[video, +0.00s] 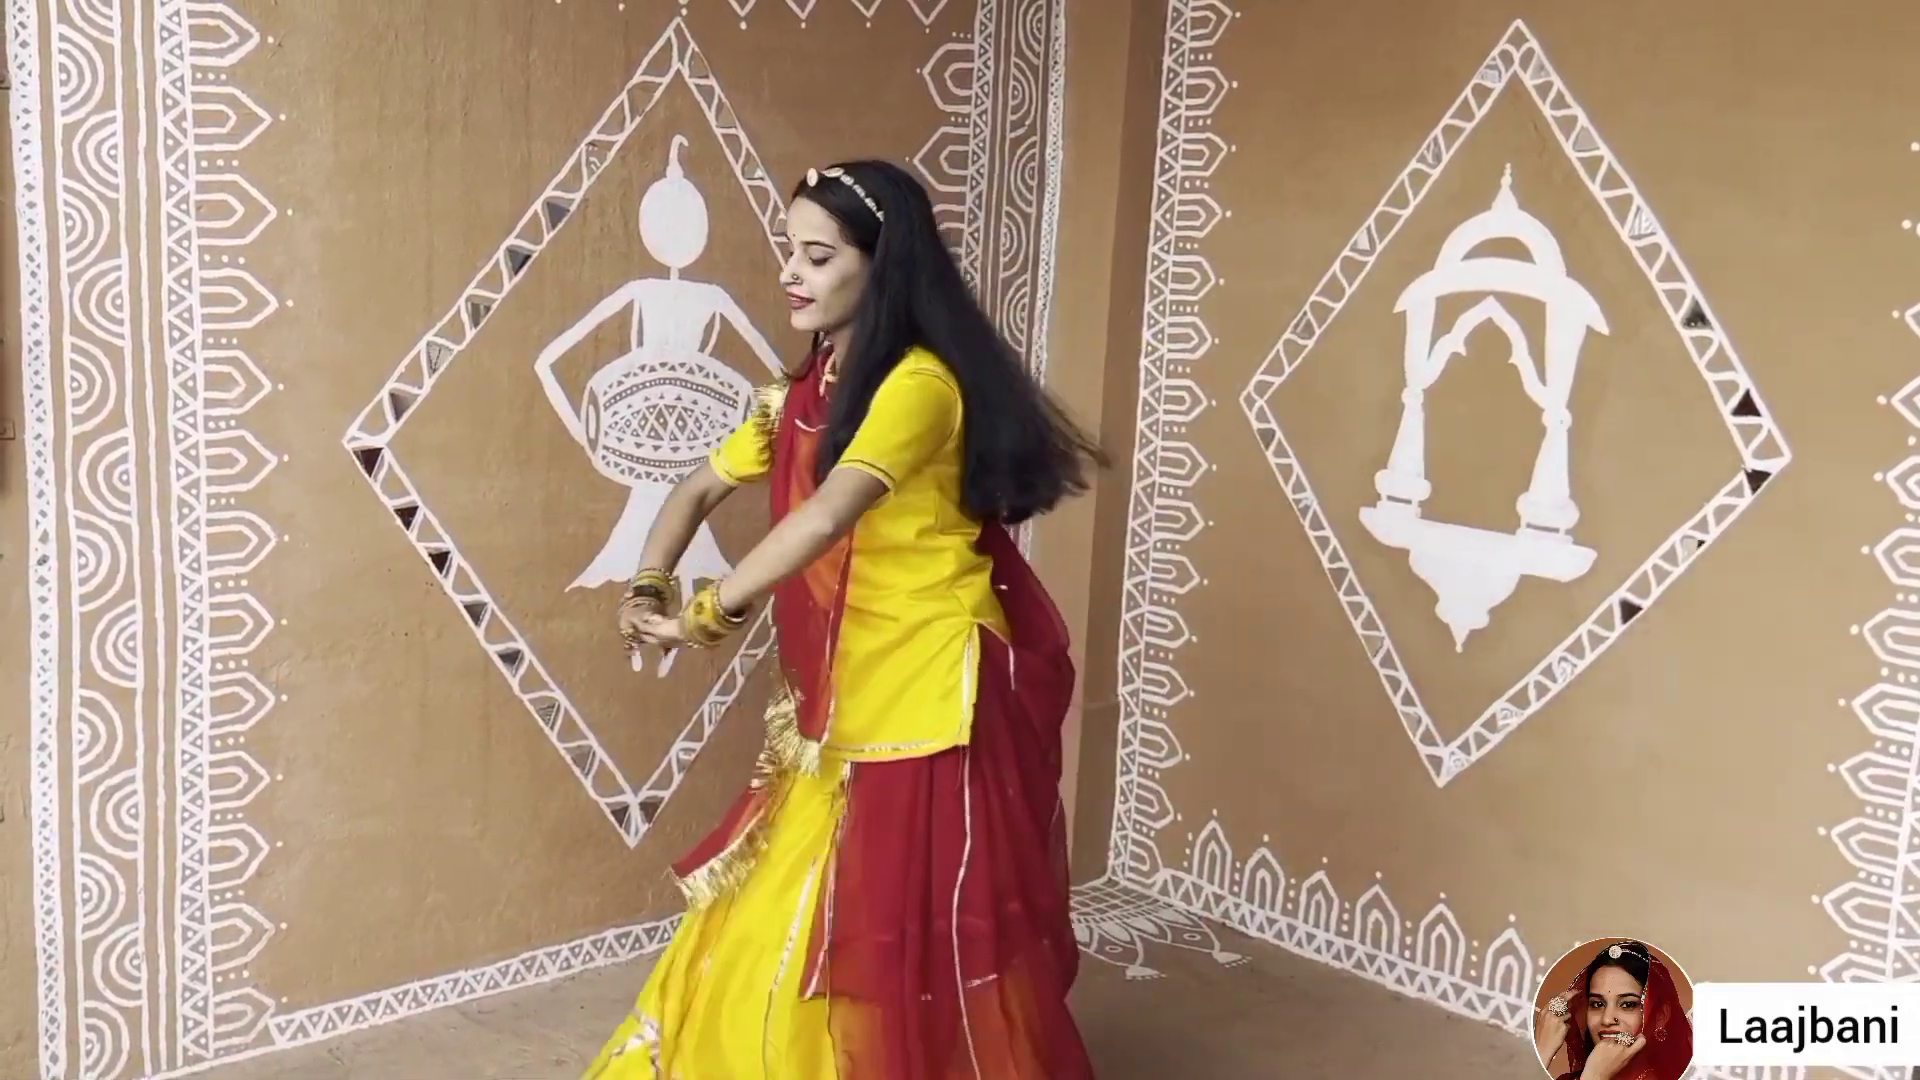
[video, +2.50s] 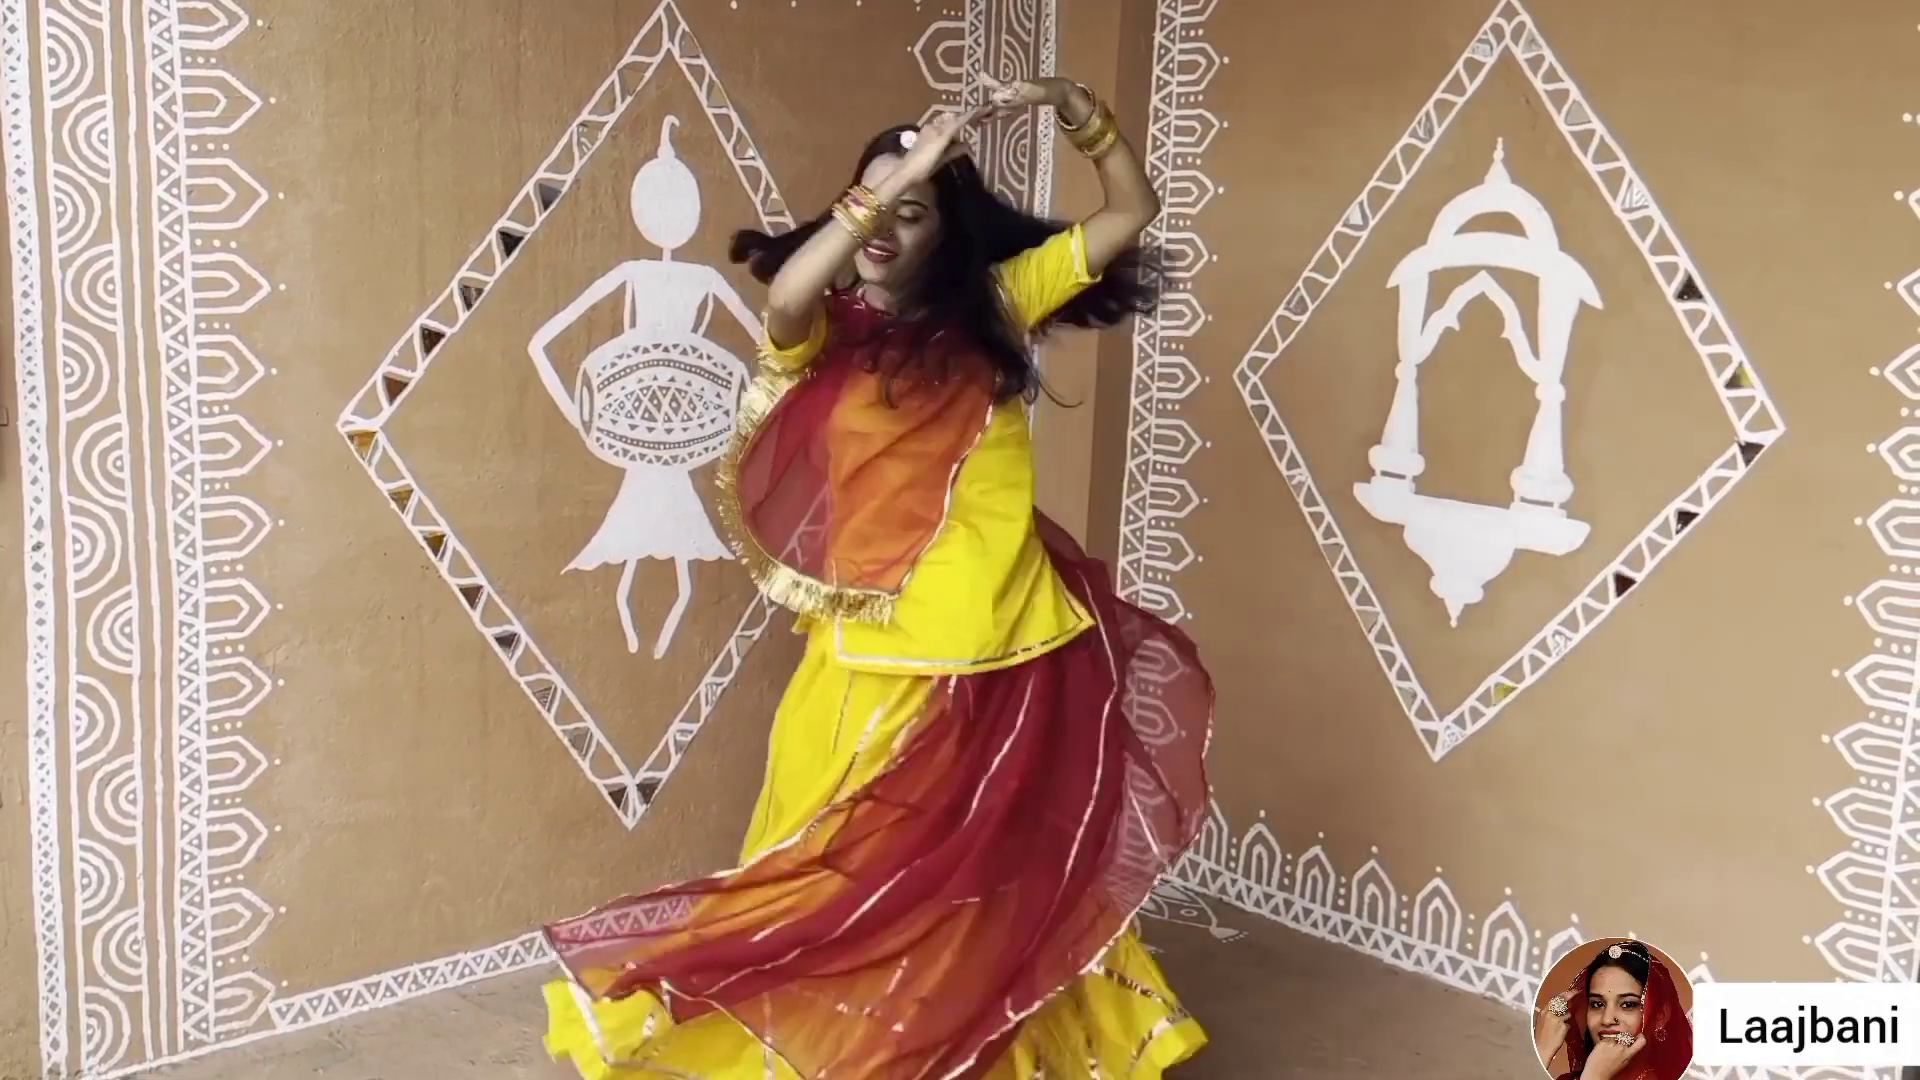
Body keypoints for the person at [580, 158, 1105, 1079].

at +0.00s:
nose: (792, 277)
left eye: (816, 255)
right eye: (788, 255)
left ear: (883, 263)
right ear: (793, 263)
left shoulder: (919, 383)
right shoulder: (807, 384)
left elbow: (830, 512)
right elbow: (699, 488)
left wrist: (711, 610)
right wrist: (652, 581)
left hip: (945, 702)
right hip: (846, 700)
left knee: (906, 946)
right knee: (771, 935)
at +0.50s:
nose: (783, 300)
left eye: (807, 280)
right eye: (781, 278)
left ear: (870, 283)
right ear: (785, 280)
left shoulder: (911, 389)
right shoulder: (818, 394)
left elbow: (809, 501)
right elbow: (712, 488)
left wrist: (680, 581)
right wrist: (648, 569)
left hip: (964, 666)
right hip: (874, 665)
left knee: (927, 905)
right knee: (802, 892)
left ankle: (925, 1068)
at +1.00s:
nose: (844, 242)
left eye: (862, 219)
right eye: (837, 221)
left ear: (926, 211)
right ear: (835, 218)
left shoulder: (1004, 317)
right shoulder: (831, 302)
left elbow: (947, 452)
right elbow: (667, 276)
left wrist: (801, 422)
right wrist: (660, 301)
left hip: (961, 656)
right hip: (838, 645)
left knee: (931, 879)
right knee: (835, 875)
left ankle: (941, 1061)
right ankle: (834, 1055)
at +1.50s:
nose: (946, 223)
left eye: (963, 203)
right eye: (924, 203)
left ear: (978, 212)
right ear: (876, 219)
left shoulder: (984, 290)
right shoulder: (871, 332)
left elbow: (1091, 218)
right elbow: (960, 233)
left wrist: (1127, 137)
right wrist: (1043, 88)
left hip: (1027, 641)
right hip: (950, 653)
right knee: (1070, 881)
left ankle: (799, 974)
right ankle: (1008, 1060)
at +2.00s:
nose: (942, 216)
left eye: (951, 203)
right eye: (953, 199)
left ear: (960, 228)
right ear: (1058, 230)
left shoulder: (921, 309)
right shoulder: (1088, 345)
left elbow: (814, 198)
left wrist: (868, 112)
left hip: (912, 606)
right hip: (1025, 615)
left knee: (921, 823)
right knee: (1039, 826)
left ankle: (908, 1031)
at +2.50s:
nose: (879, 235)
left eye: (907, 216)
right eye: (868, 214)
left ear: (949, 231)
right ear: (848, 228)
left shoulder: (989, 308)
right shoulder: (819, 335)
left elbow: (1127, 217)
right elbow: (786, 303)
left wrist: (1081, 114)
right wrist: (882, 185)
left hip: (1007, 644)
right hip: (869, 648)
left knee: (993, 879)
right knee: (833, 872)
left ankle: (994, 1056)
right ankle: (827, 1056)